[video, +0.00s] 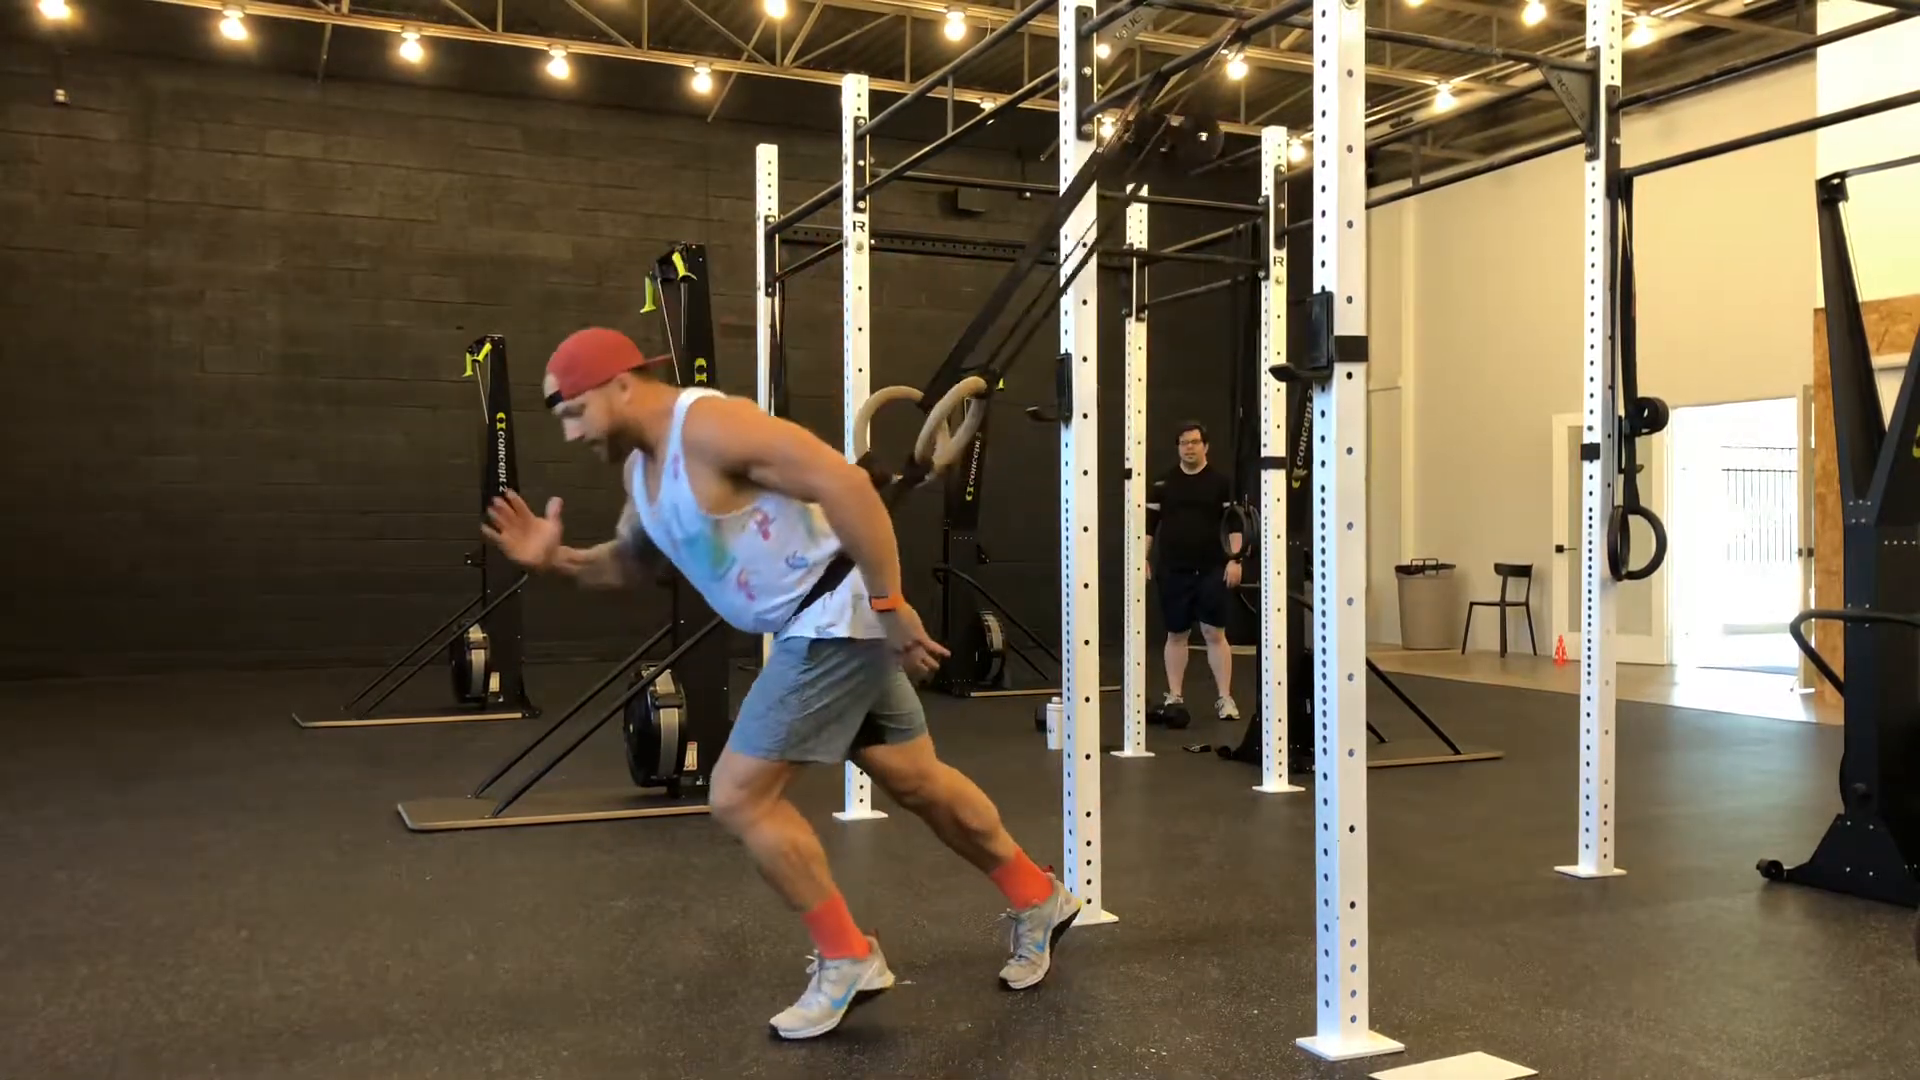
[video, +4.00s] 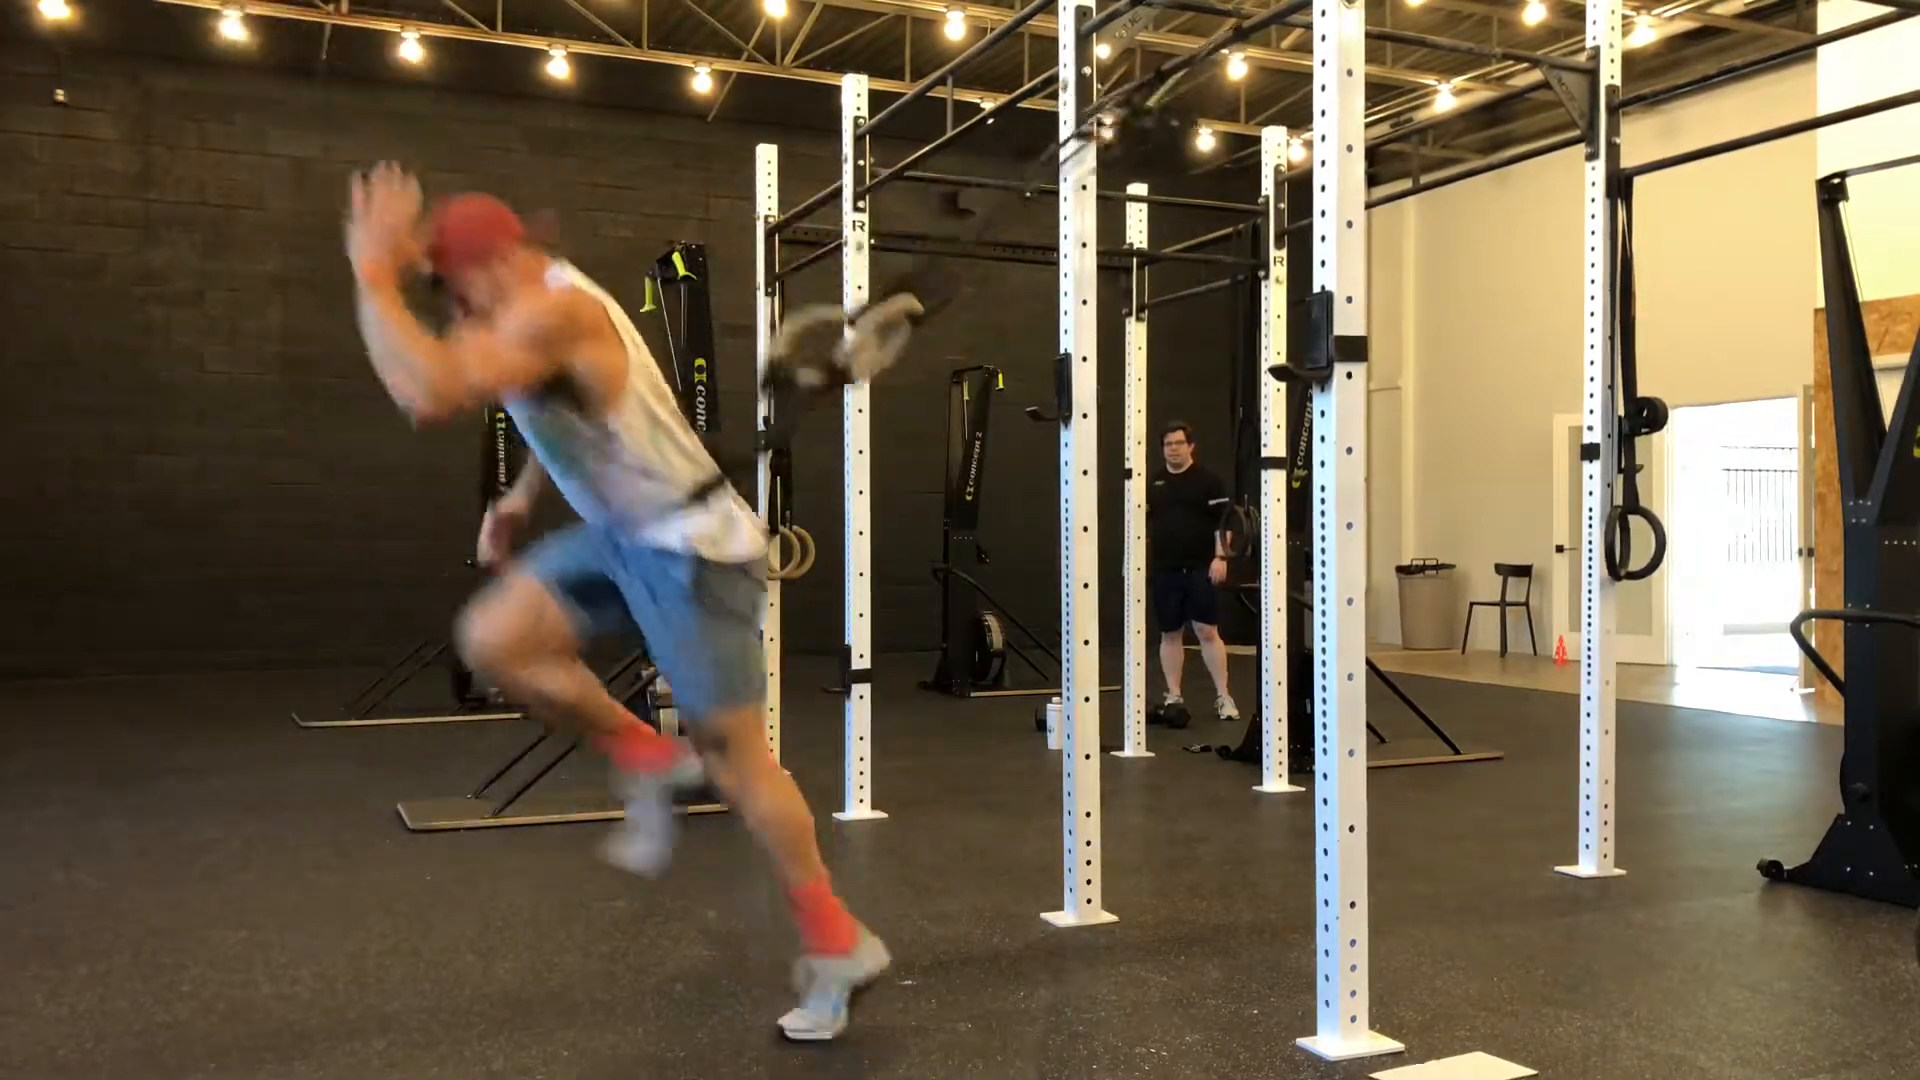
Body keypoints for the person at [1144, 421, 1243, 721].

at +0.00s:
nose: (1189, 448)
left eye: (1194, 443)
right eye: (1184, 443)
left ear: (1205, 446)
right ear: (1177, 448)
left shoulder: (1220, 482)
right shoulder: (1165, 484)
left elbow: (1234, 524)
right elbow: (1150, 525)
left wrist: (1235, 559)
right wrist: (1143, 557)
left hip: (1211, 569)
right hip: (1173, 569)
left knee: (1214, 633)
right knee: (1176, 634)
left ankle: (1225, 698)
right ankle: (1174, 696)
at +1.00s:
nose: (1184, 448)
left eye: (1189, 443)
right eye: (1179, 444)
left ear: (1202, 446)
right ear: (1173, 448)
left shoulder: (1218, 481)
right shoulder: (1162, 484)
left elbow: (1233, 522)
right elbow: (1148, 526)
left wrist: (1232, 558)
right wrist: (1142, 560)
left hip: (1210, 570)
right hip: (1172, 570)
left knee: (1214, 634)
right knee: (1176, 634)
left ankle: (1224, 698)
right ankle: (1174, 696)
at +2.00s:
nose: (1182, 449)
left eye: (1187, 443)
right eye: (1177, 444)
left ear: (1200, 446)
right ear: (1171, 448)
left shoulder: (1216, 481)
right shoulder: (1161, 484)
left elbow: (1233, 522)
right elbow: (1147, 529)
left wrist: (1232, 558)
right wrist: (1141, 564)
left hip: (1209, 570)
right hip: (1171, 570)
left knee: (1213, 634)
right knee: (1175, 634)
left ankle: (1224, 698)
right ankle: (1174, 697)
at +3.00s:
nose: (1182, 449)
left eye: (1188, 444)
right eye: (1177, 444)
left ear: (1200, 447)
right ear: (1171, 449)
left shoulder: (1217, 480)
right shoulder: (1162, 483)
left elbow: (1233, 521)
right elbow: (1148, 527)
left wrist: (1232, 558)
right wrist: (1142, 563)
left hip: (1209, 569)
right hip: (1171, 570)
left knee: (1212, 634)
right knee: (1175, 634)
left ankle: (1225, 698)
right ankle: (1174, 696)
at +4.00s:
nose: (1173, 449)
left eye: (1179, 443)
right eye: (1168, 444)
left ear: (1191, 447)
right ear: (1162, 449)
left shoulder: (1208, 482)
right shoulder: (1152, 485)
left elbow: (1224, 524)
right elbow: (1140, 525)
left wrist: (1221, 557)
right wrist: (1138, 563)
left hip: (1200, 569)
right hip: (1164, 569)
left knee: (1207, 632)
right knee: (1170, 634)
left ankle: (1223, 697)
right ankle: (1173, 696)